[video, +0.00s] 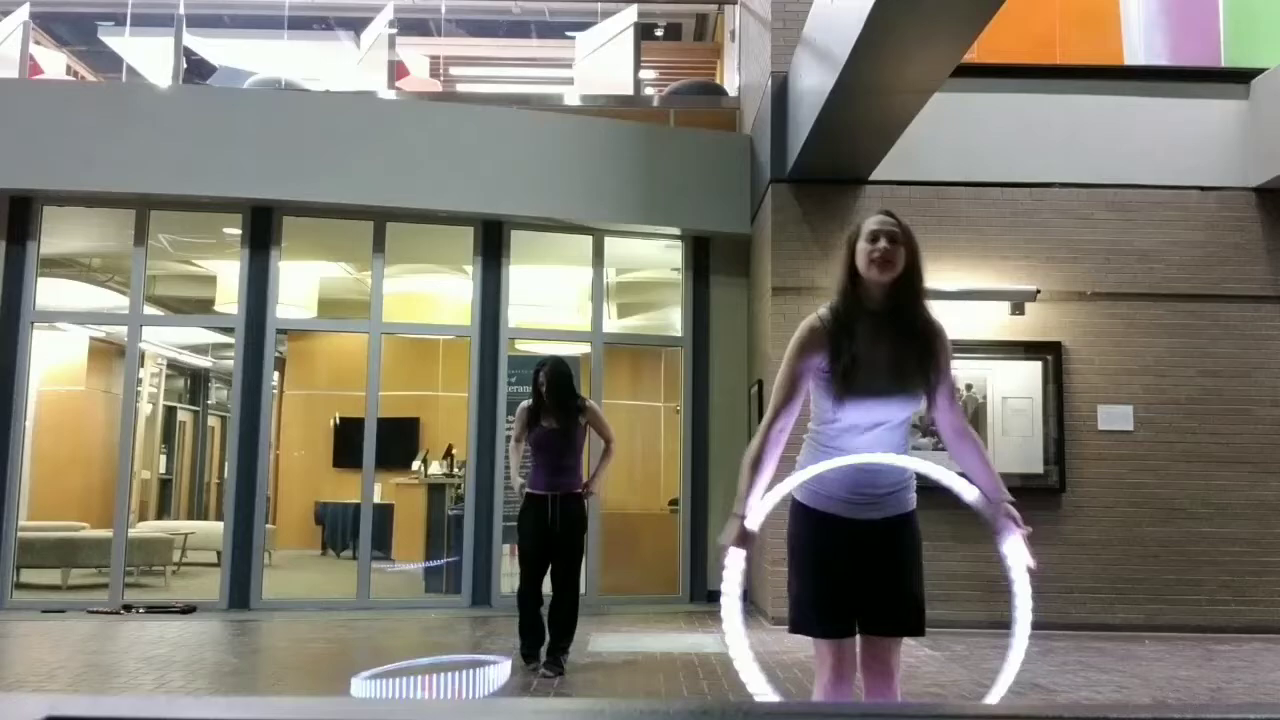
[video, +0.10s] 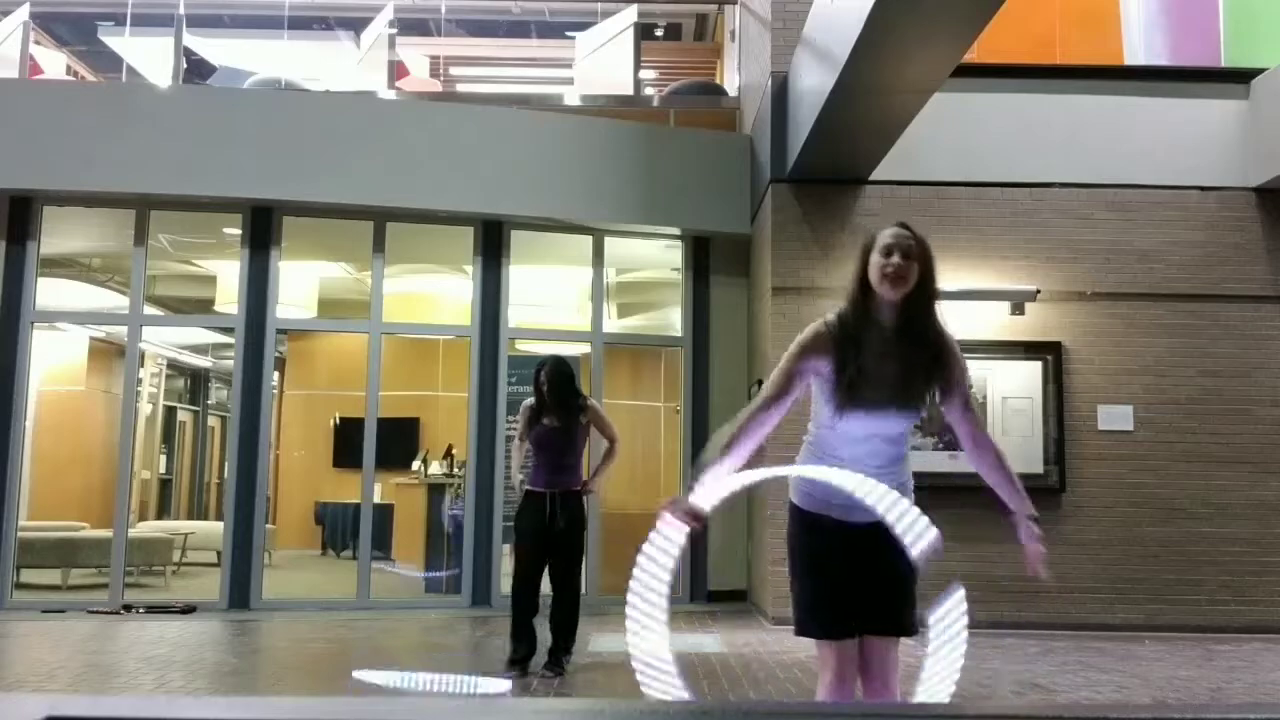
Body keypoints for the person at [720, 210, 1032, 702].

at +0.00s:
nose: (883, 246)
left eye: (894, 239)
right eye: (872, 238)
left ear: (908, 256)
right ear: (854, 253)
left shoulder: (926, 334)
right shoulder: (819, 331)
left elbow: (954, 427)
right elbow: (775, 429)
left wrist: (999, 500)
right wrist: (742, 515)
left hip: (892, 513)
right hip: (822, 512)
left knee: (882, 669)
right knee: (835, 669)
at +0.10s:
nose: (895, 261)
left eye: (907, 254)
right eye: (886, 252)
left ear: (921, 271)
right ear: (867, 266)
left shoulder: (934, 347)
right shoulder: (826, 337)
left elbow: (973, 437)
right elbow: (764, 413)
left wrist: (1022, 511)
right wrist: (703, 493)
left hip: (888, 514)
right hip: (821, 510)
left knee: (880, 671)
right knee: (839, 669)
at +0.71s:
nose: (910, 394)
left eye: (922, 386)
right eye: (901, 380)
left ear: (932, 394)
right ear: (878, 378)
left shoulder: (928, 433)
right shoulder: (833, 416)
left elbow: (982, 453)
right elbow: (725, 443)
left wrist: (1025, 481)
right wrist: (636, 462)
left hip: (882, 530)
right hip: (814, 526)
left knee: (868, 662)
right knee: (833, 661)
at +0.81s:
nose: (906, 378)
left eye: (918, 371)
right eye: (898, 366)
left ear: (930, 380)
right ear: (874, 364)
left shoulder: (928, 418)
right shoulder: (834, 413)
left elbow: (958, 434)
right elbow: (725, 454)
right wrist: (640, 489)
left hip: (889, 528)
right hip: (821, 527)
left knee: (873, 664)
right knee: (837, 664)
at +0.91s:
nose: (902, 361)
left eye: (914, 353)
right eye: (894, 347)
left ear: (924, 362)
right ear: (870, 348)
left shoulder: (922, 409)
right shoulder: (834, 406)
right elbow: (736, 464)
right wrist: (656, 514)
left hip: (890, 529)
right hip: (823, 528)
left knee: (877, 669)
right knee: (843, 669)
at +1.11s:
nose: (888, 330)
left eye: (898, 320)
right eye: (876, 319)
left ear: (908, 326)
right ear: (854, 327)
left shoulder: (919, 360)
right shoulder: (829, 394)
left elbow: (988, 344)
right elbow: (752, 480)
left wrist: (1042, 306)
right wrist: (703, 546)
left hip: (887, 520)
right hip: (820, 523)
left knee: (879, 668)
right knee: (845, 670)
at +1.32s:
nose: (879, 307)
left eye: (888, 298)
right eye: (867, 297)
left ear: (899, 308)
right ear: (844, 307)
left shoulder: (920, 364)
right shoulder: (817, 378)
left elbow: (1000, 422)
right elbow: (766, 468)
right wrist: (750, 532)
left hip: (884, 519)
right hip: (818, 520)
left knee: (875, 665)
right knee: (841, 666)